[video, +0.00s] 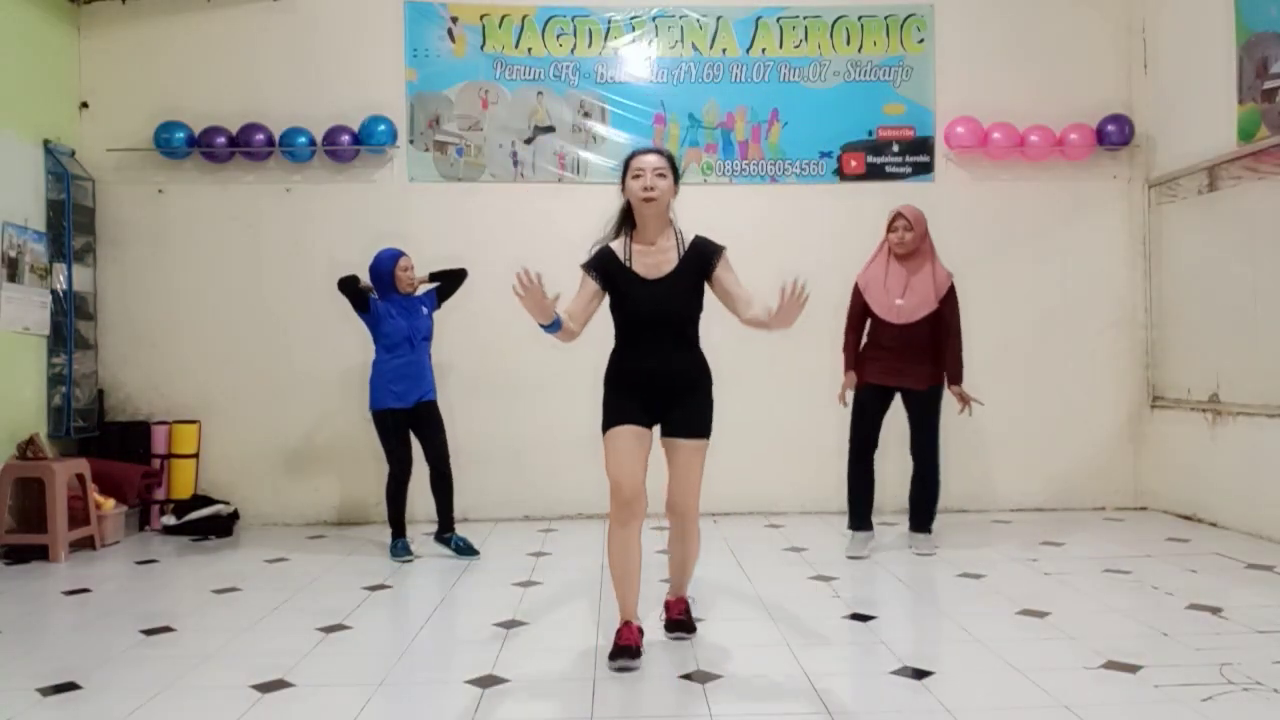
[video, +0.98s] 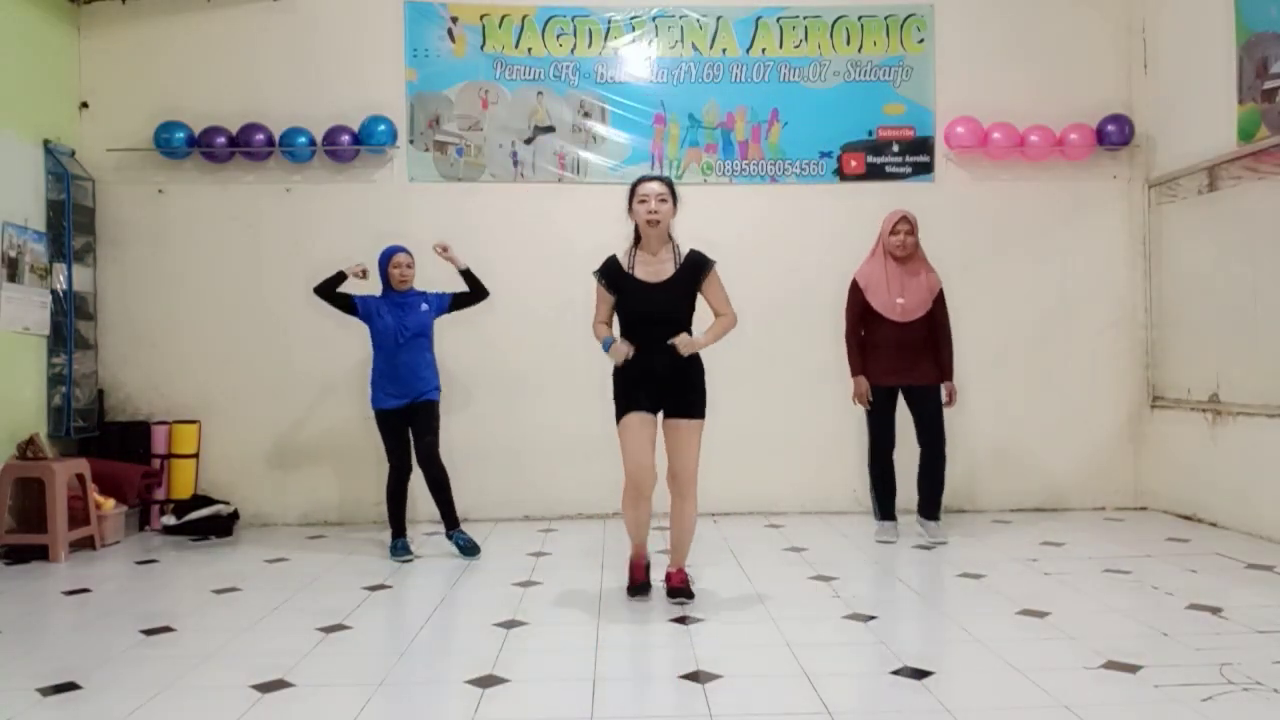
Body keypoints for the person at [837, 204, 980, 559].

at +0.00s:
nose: (898, 235)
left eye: (906, 230)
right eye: (893, 229)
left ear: (921, 235)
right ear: (886, 235)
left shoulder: (938, 279)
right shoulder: (872, 275)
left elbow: (951, 332)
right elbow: (854, 323)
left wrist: (955, 381)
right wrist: (850, 368)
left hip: (922, 376)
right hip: (876, 372)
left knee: (925, 452)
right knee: (860, 449)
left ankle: (921, 529)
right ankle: (860, 529)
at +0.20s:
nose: (904, 238)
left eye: (911, 232)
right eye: (897, 232)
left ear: (922, 236)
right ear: (887, 235)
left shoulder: (938, 275)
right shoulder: (871, 276)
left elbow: (955, 326)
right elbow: (860, 332)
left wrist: (966, 373)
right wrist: (857, 380)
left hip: (927, 373)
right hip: (881, 372)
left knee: (928, 449)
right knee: (873, 444)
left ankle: (922, 527)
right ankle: (878, 516)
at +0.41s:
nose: (904, 242)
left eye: (910, 236)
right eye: (897, 236)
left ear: (917, 240)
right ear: (884, 238)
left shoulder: (927, 277)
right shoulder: (866, 279)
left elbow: (950, 325)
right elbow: (851, 333)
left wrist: (968, 368)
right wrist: (854, 380)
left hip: (925, 376)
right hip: (881, 377)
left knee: (924, 449)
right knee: (883, 449)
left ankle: (921, 524)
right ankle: (885, 521)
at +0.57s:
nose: (903, 243)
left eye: (908, 236)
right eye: (896, 237)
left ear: (914, 239)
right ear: (881, 240)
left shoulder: (925, 277)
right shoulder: (862, 280)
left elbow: (942, 327)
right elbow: (849, 332)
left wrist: (951, 373)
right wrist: (853, 379)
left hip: (920, 378)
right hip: (876, 380)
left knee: (921, 450)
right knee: (881, 450)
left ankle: (921, 524)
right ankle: (886, 519)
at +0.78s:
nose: (901, 244)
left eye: (906, 238)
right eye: (894, 238)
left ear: (913, 242)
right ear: (880, 241)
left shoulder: (922, 276)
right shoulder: (862, 279)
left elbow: (935, 328)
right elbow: (851, 332)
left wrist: (938, 375)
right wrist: (856, 379)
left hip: (917, 373)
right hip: (875, 375)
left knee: (930, 442)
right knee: (878, 446)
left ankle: (925, 520)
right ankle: (885, 519)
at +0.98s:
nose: (902, 238)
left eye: (908, 233)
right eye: (895, 233)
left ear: (916, 238)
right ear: (884, 238)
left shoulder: (927, 278)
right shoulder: (866, 277)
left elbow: (942, 330)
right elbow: (853, 330)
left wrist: (948, 377)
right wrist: (858, 376)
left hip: (922, 375)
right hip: (879, 375)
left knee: (934, 444)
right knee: (881, 447)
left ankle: (929, 516)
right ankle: (885, 518)